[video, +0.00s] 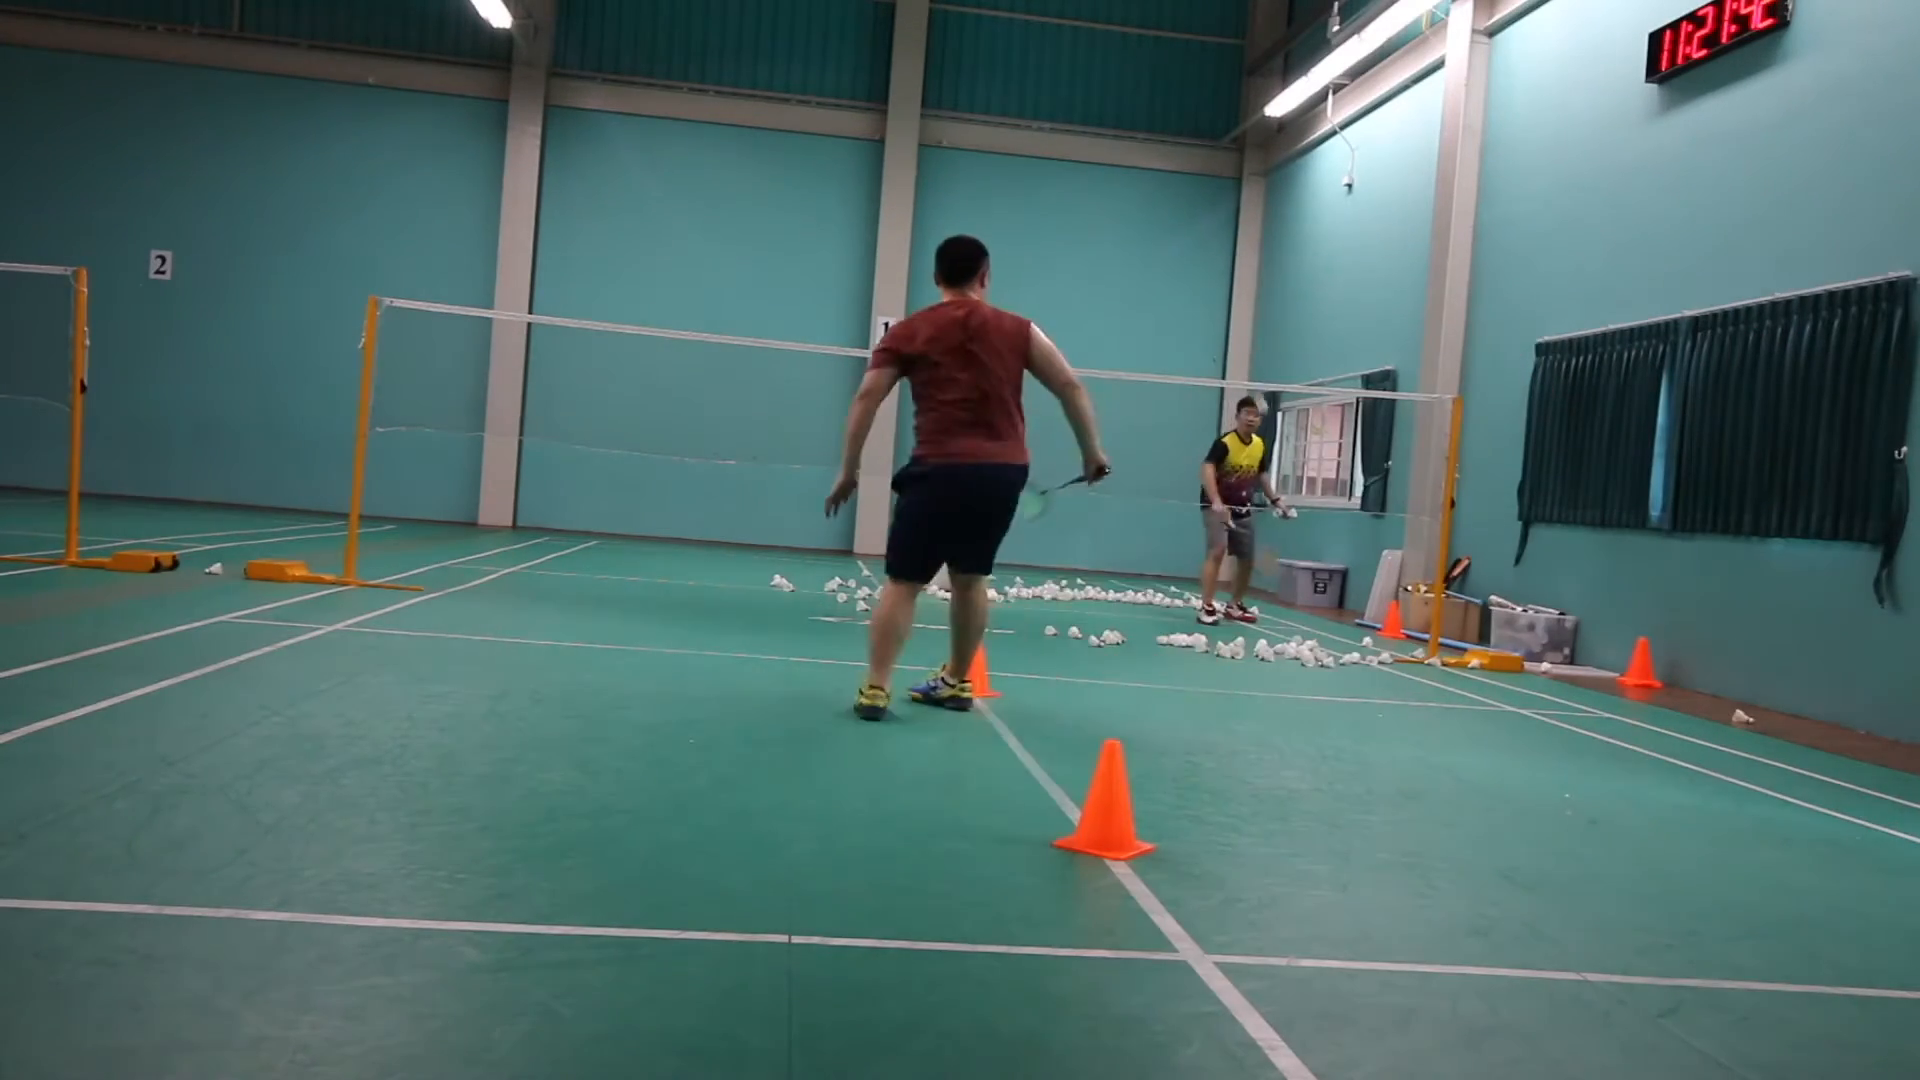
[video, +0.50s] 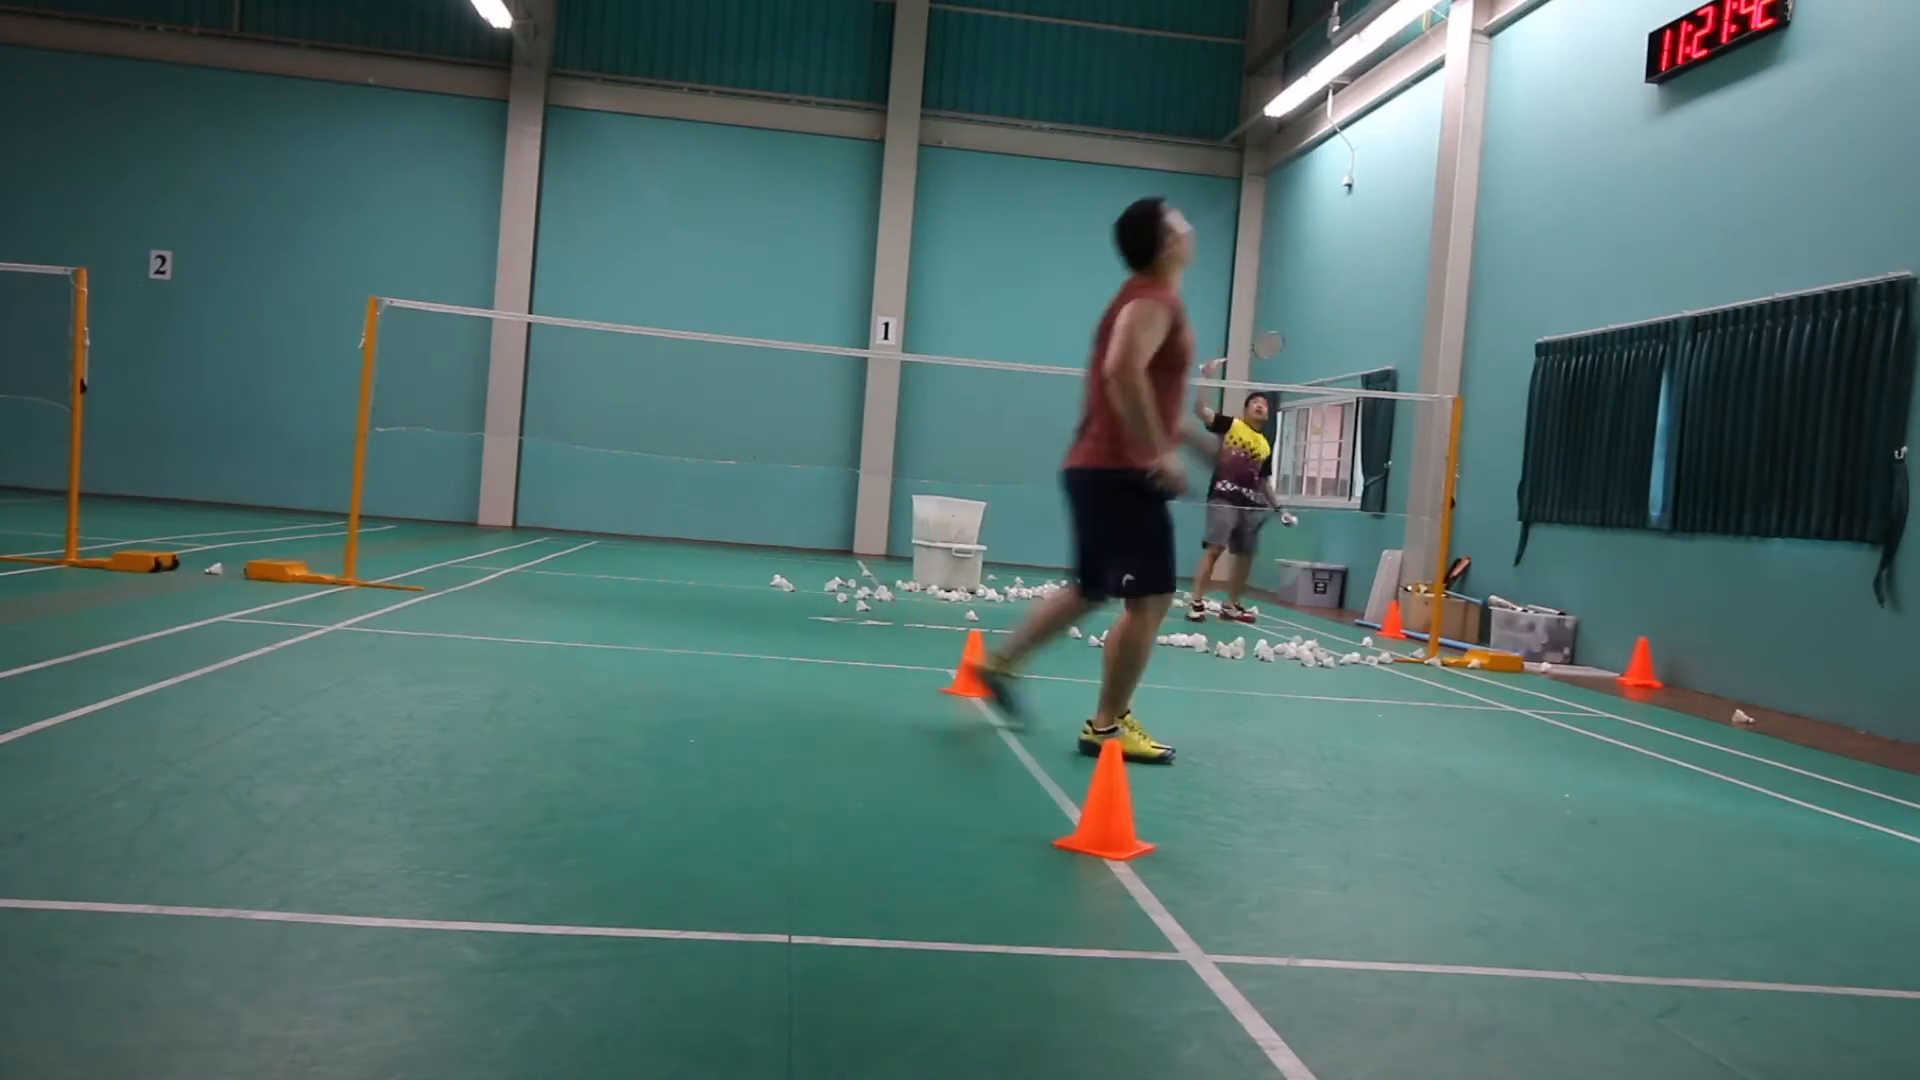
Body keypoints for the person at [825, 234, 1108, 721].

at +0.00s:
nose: (988, 284)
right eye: (988, 278)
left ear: (937, 279)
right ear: (984, 278)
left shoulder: (909, 331)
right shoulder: (1016, 329)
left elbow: (868, 395)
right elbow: (1069, 386)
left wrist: (848, 471)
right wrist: (1093, 453)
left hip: (936, 473)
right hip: (1003, 473)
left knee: (903, 583)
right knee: (971, 577)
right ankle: (956, 680)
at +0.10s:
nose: (1001, 277)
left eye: (999, 270)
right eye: (1001, 270)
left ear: (949, 271)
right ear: (993, 271)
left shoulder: (915, 324)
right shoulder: (1016, 322)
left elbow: (877, 401)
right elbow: (1049, 391)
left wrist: (869, 474)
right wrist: (1073, 458)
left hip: (928, 470)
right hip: (998, 471)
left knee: (903, 579)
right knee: (983, 578)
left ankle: (875, 684)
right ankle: (969, 680)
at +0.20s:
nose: (1034, 269)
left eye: (1031, 262)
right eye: (1033, 262)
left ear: (982, 263)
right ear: (1024, 263)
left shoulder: (937, 313)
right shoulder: (1035, 313)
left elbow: (911, 390)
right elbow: (1041, 387)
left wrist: (922, 440)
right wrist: (1051, 466)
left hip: (938, 461)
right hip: (1005, 460)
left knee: (933, 565)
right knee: (1039, 573)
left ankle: (886, 662)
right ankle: (1043, 691)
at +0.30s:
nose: (1068, 290)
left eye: (1065, 280)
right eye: (1065, 281)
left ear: (1016, 289)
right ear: (1055, 288)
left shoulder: (984, 335)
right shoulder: (1049, 344)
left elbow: (950, 380)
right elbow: (1049, 420)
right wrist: (1070, 497)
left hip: (950, 491)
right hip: (1010, 494)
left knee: (940, 588)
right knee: (1081, 588)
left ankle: (883, 684)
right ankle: (1103, 708)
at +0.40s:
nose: (1133, 266)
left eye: (1127, 258)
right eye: (1126, 260)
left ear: (1084, 279)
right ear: (1115, 275)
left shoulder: (1065, 331)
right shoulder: (1104, 332)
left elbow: (1041, 412)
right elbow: (1086, 407)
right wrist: (1109, 491)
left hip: (1024, 495)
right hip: (1069, 498)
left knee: (992, 590)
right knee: (1139, 596)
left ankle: (905, 668)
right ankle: (1108, 724)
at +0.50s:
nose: (1188, 228)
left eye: (1181, 220)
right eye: (1179, 222)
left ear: (1146, 247)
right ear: (1166, 241)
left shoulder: (1143, 299)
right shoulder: (1152, 302)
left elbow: (1155, 397)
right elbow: (1123, 371)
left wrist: (1209, 444)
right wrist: (1157, 453)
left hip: (1097, 470)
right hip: (1125, 475)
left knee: (1091, 586)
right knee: (1152, 599)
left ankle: (999, 664)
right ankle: (1108, 722)